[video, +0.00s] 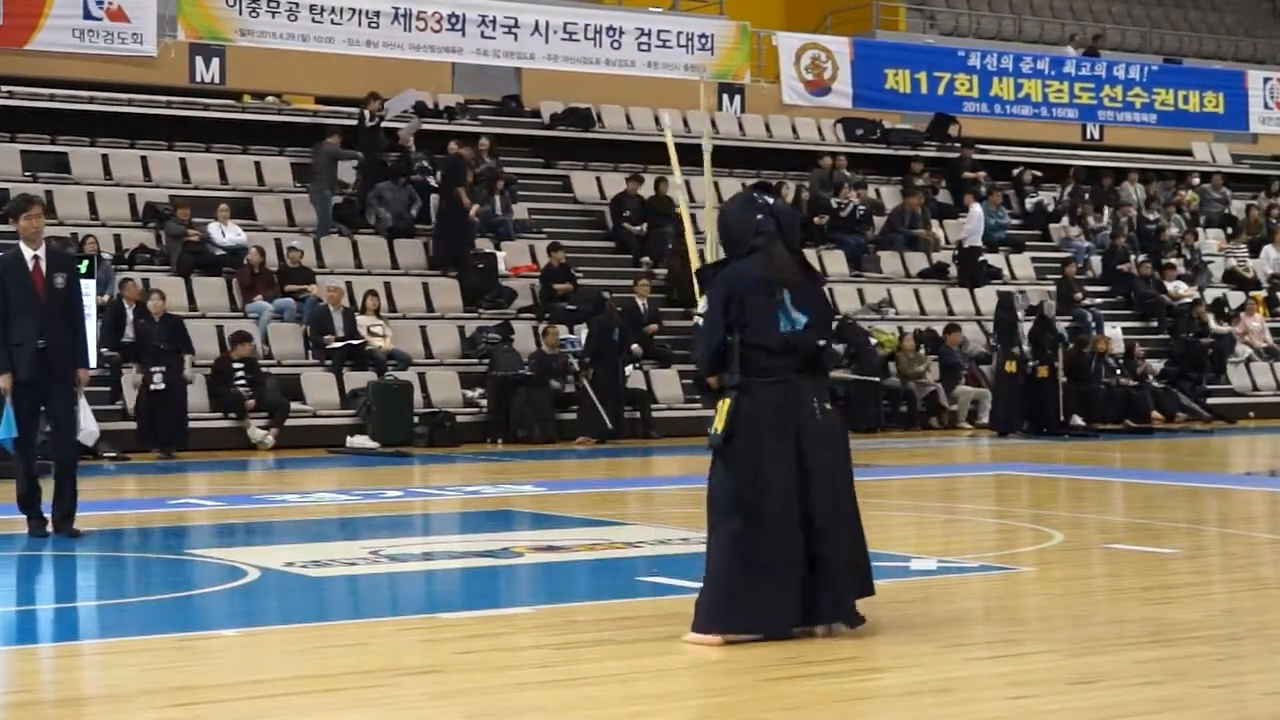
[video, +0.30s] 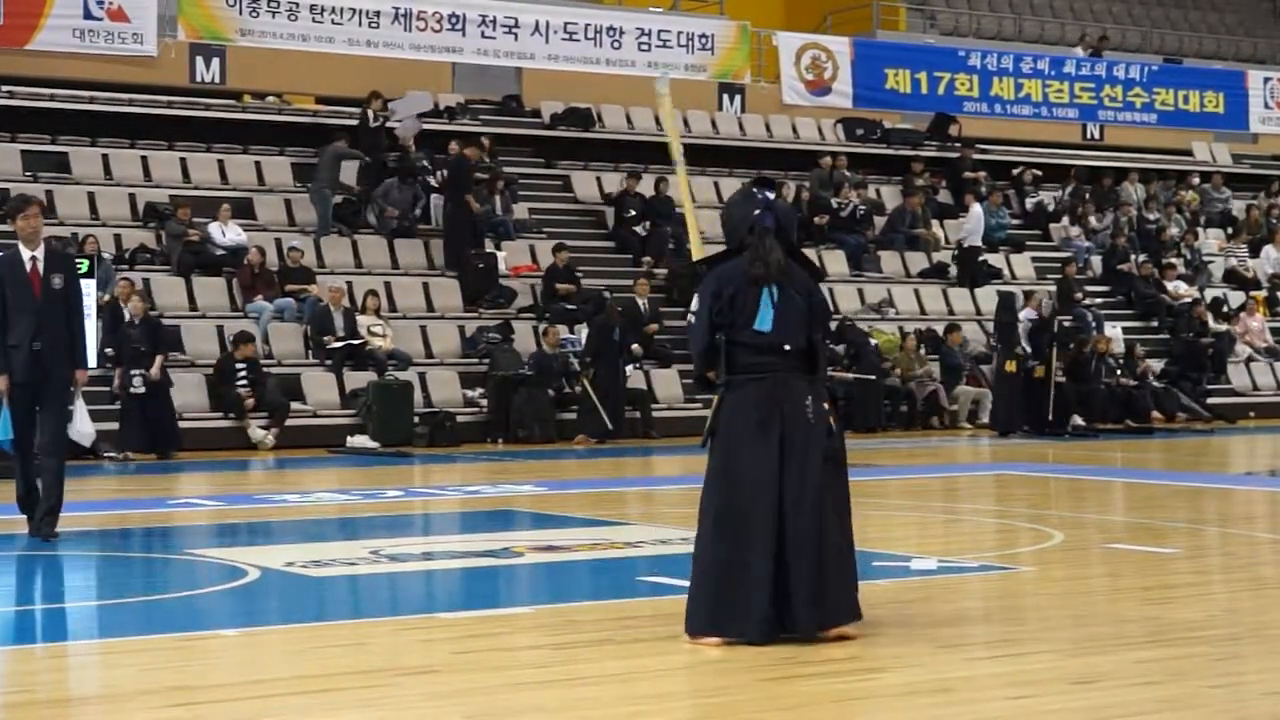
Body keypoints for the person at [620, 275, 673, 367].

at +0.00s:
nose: (646, 289)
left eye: (647, 286)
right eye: (642, 286)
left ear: (650, 288)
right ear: (635, 288)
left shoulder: (652, 305)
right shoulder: (628, 305)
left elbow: (660, 324)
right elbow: (626, 328)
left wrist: (656, 327)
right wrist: (632, 344)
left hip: (649, 345)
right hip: (633, 344)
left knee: (667, 355)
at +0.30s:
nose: (643, 288)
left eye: (646, 285)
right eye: (640, 285)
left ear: (649, 288)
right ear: (634, 288)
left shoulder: (653, 304)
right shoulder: (628, 305)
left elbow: (661, 324)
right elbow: (626, 328)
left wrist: (656, 327)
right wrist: (633, 344)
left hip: (649, 344)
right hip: (632, 344)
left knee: (668, 356)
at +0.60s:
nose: (643, 288)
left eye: (646, 285)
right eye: (640, 285)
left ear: (649, 288)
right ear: (634, 288)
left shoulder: (653, 304)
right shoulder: (628, 305)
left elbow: (661, 324)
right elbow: (626, 328)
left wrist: (656, 327)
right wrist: (633, 344)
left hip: (649, 344)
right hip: (633, 344)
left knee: (668, 356)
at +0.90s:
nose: (644, 288)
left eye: (646, 285)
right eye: (640, 285)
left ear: (649, 288)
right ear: (634, 288)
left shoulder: (653, 304)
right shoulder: (628, 305)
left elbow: (661, 323)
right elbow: (626, 328)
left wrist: (657, 327)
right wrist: (633, 344)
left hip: (649, 344)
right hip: (633, 344)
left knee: (668, 356)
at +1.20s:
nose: (644, 288)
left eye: (646, 285)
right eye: (641, 285)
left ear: (650, 288)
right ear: (635, 288)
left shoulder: (654, 304)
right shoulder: (628, 305)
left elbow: (660, 323)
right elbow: (626, 328)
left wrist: (657, 329)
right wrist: (634, 344)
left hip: (650, 343)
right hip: (634, 343)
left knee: (668, 355)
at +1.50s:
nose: (643, 288)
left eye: (646, 285)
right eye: (640, 285)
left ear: (650, 287)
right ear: (635, 287)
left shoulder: (655, 303)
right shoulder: (628, 304)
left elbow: (662, 323)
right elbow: (627, 328)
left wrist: (661, 333)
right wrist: (634, 343)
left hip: (652, 342)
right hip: (635, 343)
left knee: (669, 355)